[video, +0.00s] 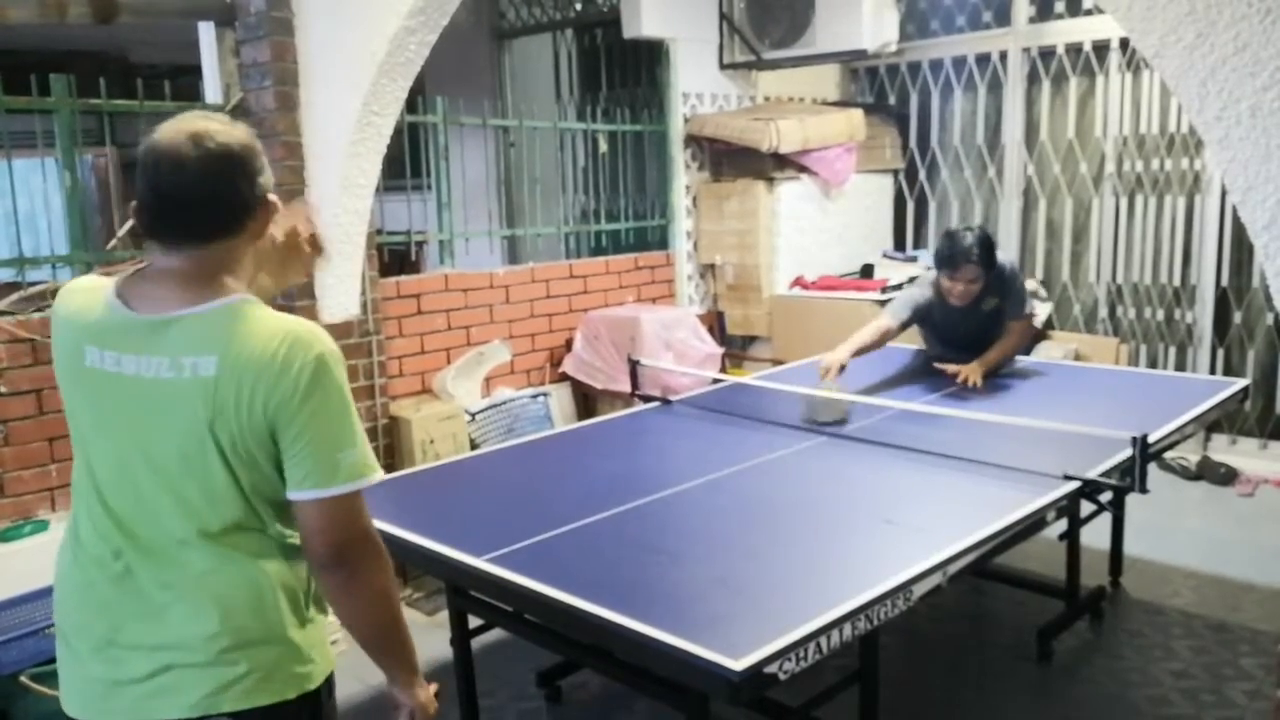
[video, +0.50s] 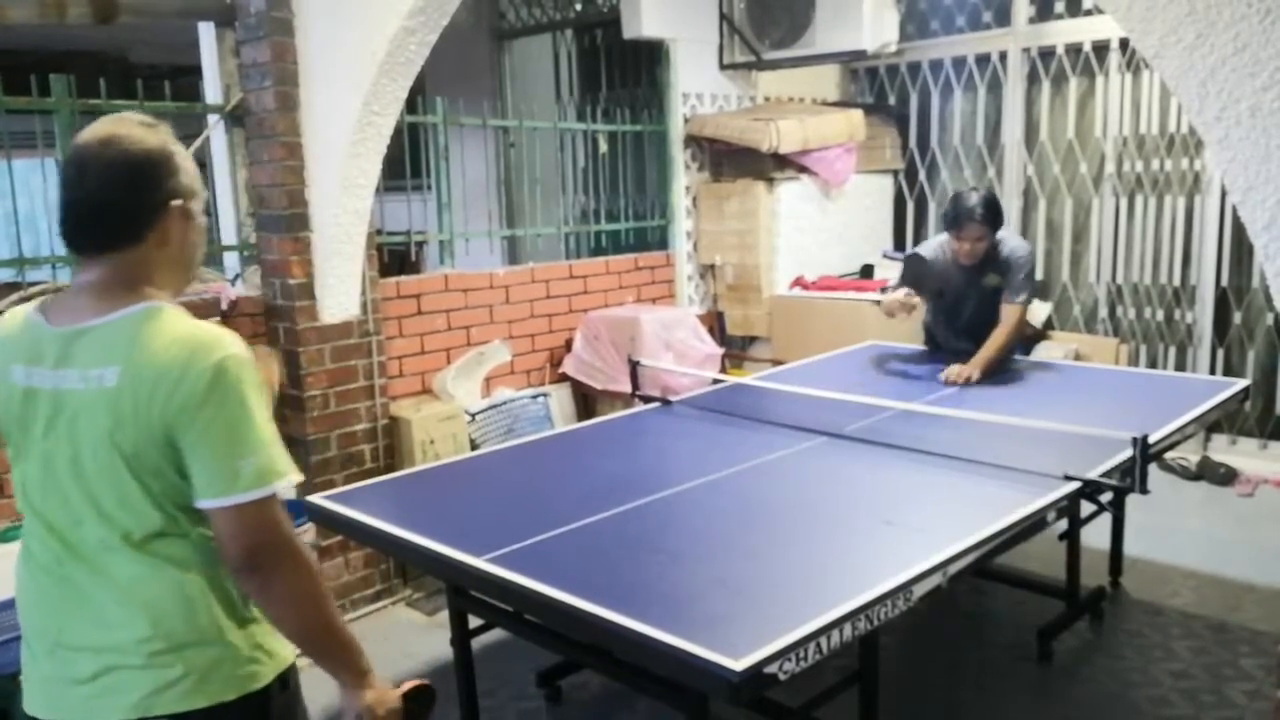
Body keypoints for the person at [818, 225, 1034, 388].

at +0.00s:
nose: (960, 289)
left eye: (971, 282)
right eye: (951, 279)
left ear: (987, 274)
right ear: (939, 271)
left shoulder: (1006, 278)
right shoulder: (922, 292)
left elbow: (1019, 333)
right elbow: (885, 326)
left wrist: (979, 366)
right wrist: (844, 351)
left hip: (997, 374)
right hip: (939, 373)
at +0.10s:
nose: (963, 283)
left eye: (974, 276)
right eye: (955, 273)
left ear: (990, 268)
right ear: (942, 264)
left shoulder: (1007, 277)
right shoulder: (924, 286)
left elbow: (1018, 331)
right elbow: (885, 317)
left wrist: (980, 365)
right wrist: (851, 339)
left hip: (995, 376)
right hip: (937, 372)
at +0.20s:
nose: (968, 272)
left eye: (980, 265)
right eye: (960, 262)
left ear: (995, 259)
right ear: (947, 254)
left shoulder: (1011, 269)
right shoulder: (926, 277)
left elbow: (1016, 329)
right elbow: (865, 317)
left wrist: (978, 366)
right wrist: (873, 341)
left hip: (998, 382)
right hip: (938, 380)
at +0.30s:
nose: (973, 262)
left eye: (984, 254)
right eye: (965, 251)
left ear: (999, 250)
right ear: (953, 242)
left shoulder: (1016, 259)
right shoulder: (931, 264)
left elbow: (1015, 325)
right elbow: (867, 308)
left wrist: (980, 364)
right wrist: (883, 320)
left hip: (989, 366)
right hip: (935, 363)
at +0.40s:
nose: (973, 255)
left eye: (984, 247)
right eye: (965, 245)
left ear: (998, 241)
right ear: (952, 237)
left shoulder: (1017, 255)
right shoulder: (930, 259)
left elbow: (1014, 322)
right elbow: (875, 306)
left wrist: (979, 363)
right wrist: (884, 309)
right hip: (940, 351)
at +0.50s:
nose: (967, 248)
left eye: (978, 240)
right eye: (959, 239)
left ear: (993, 235)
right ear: (949, 232)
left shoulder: (1016, 254)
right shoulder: (929, 256)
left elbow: (1010, 324)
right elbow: (888, 303)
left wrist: (974, 366)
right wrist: (895, 303)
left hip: (993, 355)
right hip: (941, 352)